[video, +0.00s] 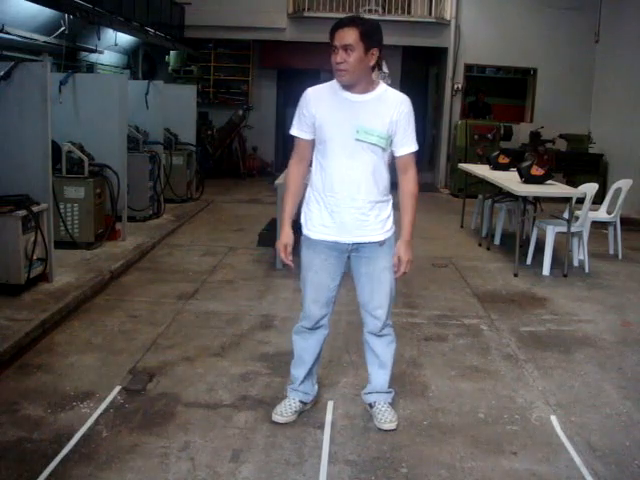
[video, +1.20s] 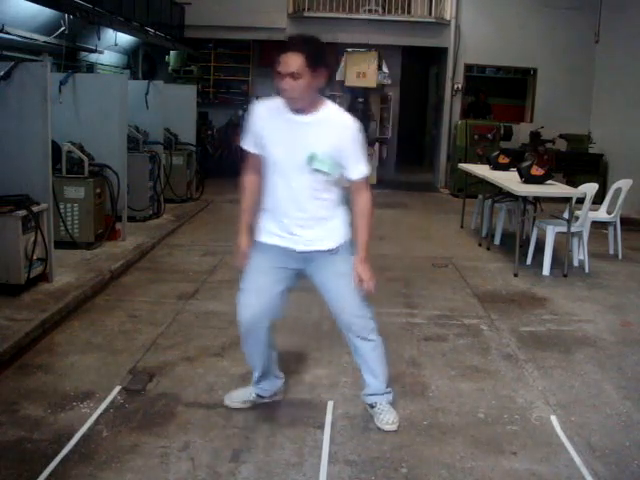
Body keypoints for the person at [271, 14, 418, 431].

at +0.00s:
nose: (337, 56)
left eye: (347, 49)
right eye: (334, 49)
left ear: (373, 55)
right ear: (331, 52)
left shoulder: (396, 105)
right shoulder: (315, 98)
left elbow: (407, 175)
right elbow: (298, 164)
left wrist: (405, 239)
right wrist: (286, 224)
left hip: (375, 235)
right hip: (320, 232)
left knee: (378, 322)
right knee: (312, 318)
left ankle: (380, 396)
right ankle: (300, 391)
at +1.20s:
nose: (283, 83)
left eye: (293, 76)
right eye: (280, 75)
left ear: (320, 78)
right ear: (276, 74)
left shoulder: (344, 127)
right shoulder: (262, 113)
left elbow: (361, 191)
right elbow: (251, 172)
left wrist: (361, 256)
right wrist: (244, 233)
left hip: (328, 248)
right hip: (272, 244)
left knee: (357, 321)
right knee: (251, 314)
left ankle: (379, 397)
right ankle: (265, 383)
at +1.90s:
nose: (214, 105)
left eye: (218, 95)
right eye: (204, 98)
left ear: (225, 90)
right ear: (182, 94)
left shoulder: (245, 132)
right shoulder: (156, 122)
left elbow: (256, 186)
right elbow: (136, 170)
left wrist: (241, 245)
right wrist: (112, 223)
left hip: (209, 255)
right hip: (153, 246)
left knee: (191, 336)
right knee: (115, 312)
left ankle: (173, 401)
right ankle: (73, 380)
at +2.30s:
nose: (363, 93)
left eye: (368, 83)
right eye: (353, 84)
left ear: (376, 78)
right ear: (326, 81)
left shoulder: (390, 122)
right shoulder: (297, 122)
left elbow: (396, 188)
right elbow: (273, 185)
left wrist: (402, 256)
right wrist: (252, 250)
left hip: (371, 258)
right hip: (305, 259)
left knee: (395, 335)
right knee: (270, 331)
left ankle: (393, 417)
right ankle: (215, 404)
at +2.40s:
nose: (402, 77)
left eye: (408, 67)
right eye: (391, 69)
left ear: (417, 63)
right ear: (368, 65)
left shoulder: (436, 104)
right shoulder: (341, 108)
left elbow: (450, 167)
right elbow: (314, 170)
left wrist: (454, 232)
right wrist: (294, 234)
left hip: (423, 243)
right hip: (360, 243)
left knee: (425, 334)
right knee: (338, 327)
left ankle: (401, 412)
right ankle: (306, 404)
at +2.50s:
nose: (437, 78)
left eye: (445, 68)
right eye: (427, 68)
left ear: (456, 63)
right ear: (406, 64)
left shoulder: (477, 100)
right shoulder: (380, 103)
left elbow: (496, 156)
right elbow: (347, 154)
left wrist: (499, 220)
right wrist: (335, 220)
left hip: (465, 235)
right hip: (405, 239)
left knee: (483, 321)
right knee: (419, 329)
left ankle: (464, 392)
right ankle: (427, 405)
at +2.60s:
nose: (469, 99)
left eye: (478, 89)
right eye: (459, 89)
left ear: (490, 84)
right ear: (444, 83)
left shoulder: (513, 113)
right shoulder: (416, 116)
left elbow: (534, 155)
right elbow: (381, 155)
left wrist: (539, 216)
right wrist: (380, 222)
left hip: (506, 255)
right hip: (447, 262)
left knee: (547, 337)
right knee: (466, 353)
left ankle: (578, 420)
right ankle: (487, 419)